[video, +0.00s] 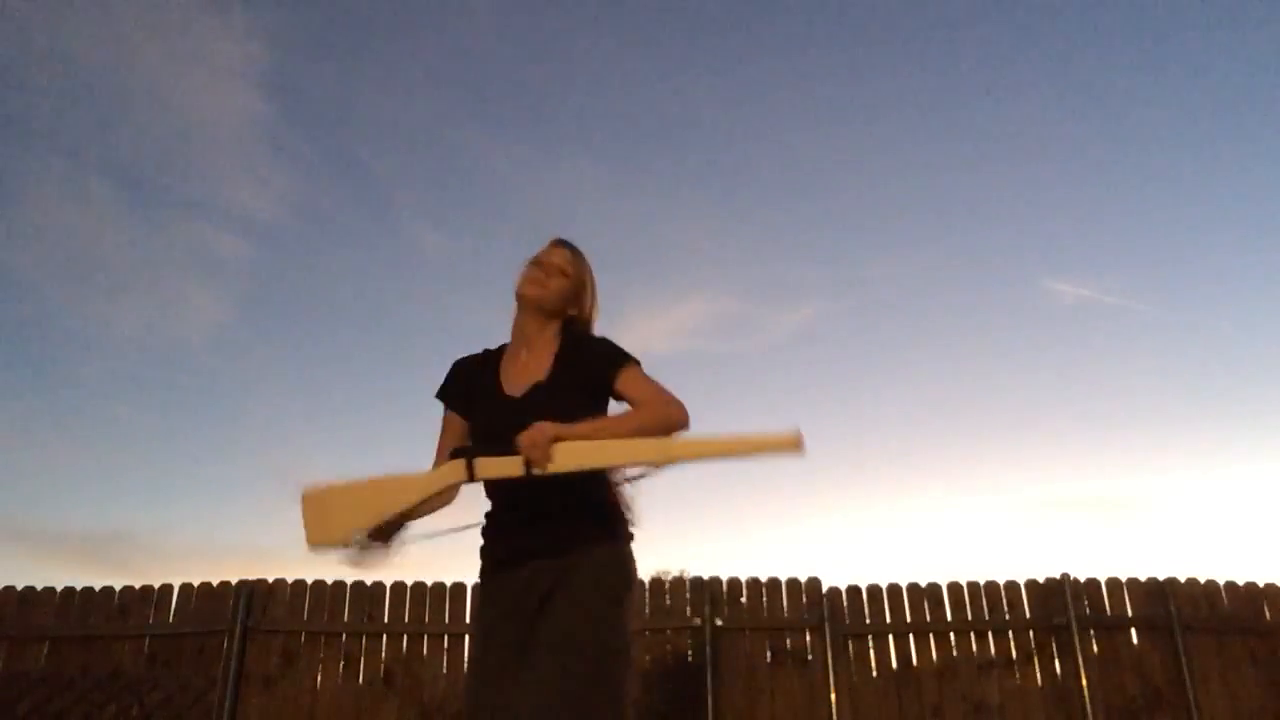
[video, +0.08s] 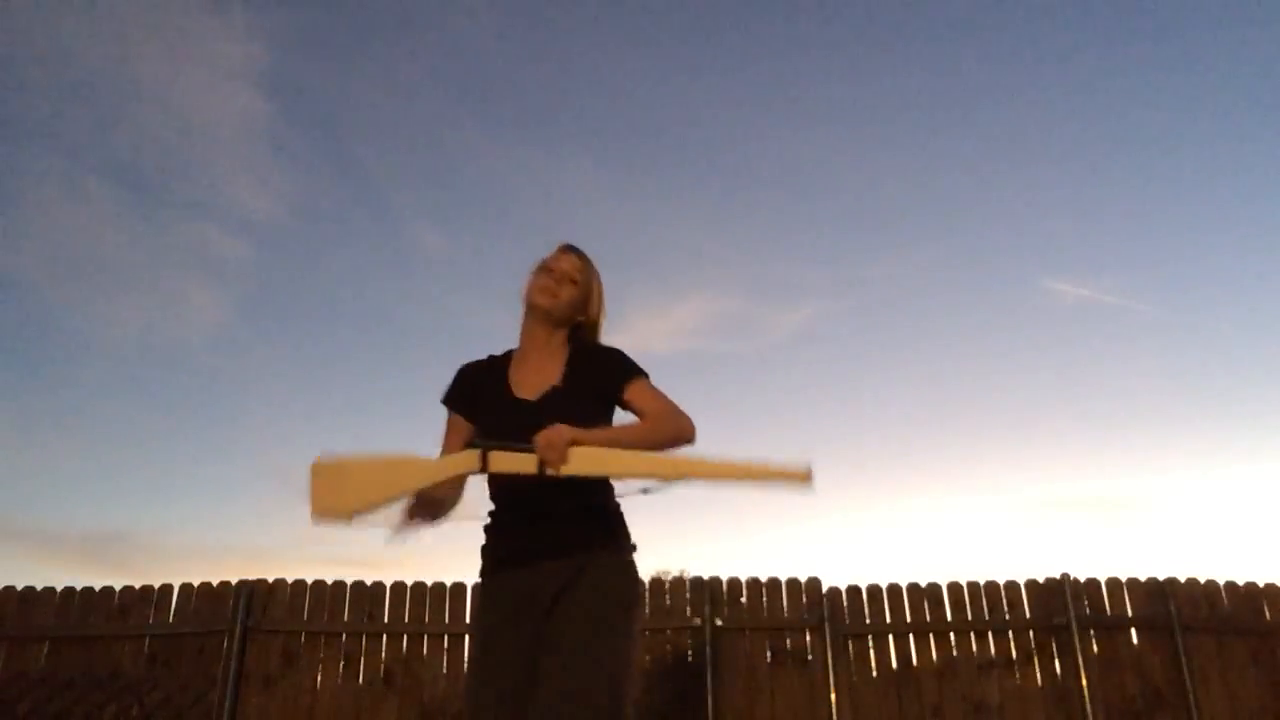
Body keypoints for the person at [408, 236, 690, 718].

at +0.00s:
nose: (539, 270)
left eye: (557, 270)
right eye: (535, 262)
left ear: (575, 300)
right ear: (519, 277)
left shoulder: (592, 355)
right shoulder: (471, 373)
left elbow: (670, 413)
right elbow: (446, 479)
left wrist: (567, 432)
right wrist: (395, 514)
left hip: (591, 557)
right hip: (508, 563)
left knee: (575, 696)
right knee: (495, 699)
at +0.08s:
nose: (553, 279)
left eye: (570, 280)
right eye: (546, 270)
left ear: (584, 307)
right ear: (527, 284)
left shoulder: (601, 364)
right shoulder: (477, 378)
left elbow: (677, 425)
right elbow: (448, 483)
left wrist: (582, 436)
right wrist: (424, 502)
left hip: (594, 568)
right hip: (509, 573)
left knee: (584, 704)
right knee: (496, 705)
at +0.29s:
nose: (590, 296)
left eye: (606, 297)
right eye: (581, 287)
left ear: (616, 323)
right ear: (560, 301)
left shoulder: (635, 388)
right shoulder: (511, 391)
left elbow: (700, 462)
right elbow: (488, 503)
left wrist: (628, 450)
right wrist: (499, 480)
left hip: (612, 588)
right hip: (525, 586)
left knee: (626, 708)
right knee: (504, 708)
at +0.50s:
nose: (634, 318)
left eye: (648, 315)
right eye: (626, 310)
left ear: (665, 337)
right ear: (606, 326)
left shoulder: (676, 406)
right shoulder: (568, 413)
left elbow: (714, 440)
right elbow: (540, 527)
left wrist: (670, 355)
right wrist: (555, 518)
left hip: (663, 598)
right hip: (582, 594)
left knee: (670, 708)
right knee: (573, 706)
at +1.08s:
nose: (645, 320)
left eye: (656, 314)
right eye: (630, 314)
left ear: (671, 335)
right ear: (610, 336)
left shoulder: (703, 410)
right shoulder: (586, 407)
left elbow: (747, 491)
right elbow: (559, 517)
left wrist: (690, 420)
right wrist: (601, 516)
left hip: (679, 594)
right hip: (598, 592)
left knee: (688, 707)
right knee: (588, 706)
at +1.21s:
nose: (629, 317)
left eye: (640, 311)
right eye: (614, 311)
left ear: (655, 331)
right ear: (594, 333)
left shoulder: (688, 411)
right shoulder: (568, 404)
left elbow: (723, 518)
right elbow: (539, 513)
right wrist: (586, 496)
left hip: (661, 591)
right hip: (579, 588)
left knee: (671, 706)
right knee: (567, 705)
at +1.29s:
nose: (619, 315)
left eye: (630, 310)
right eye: (604, 309)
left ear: (645, 332)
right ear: (584, 333)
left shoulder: (675, 410)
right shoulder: (553, 403)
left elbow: (701, 519)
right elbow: (526, 508)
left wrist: (656, 563)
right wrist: (573, 483)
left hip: (643, 590)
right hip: (562, 589)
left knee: (648, 708)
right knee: (547, 707)